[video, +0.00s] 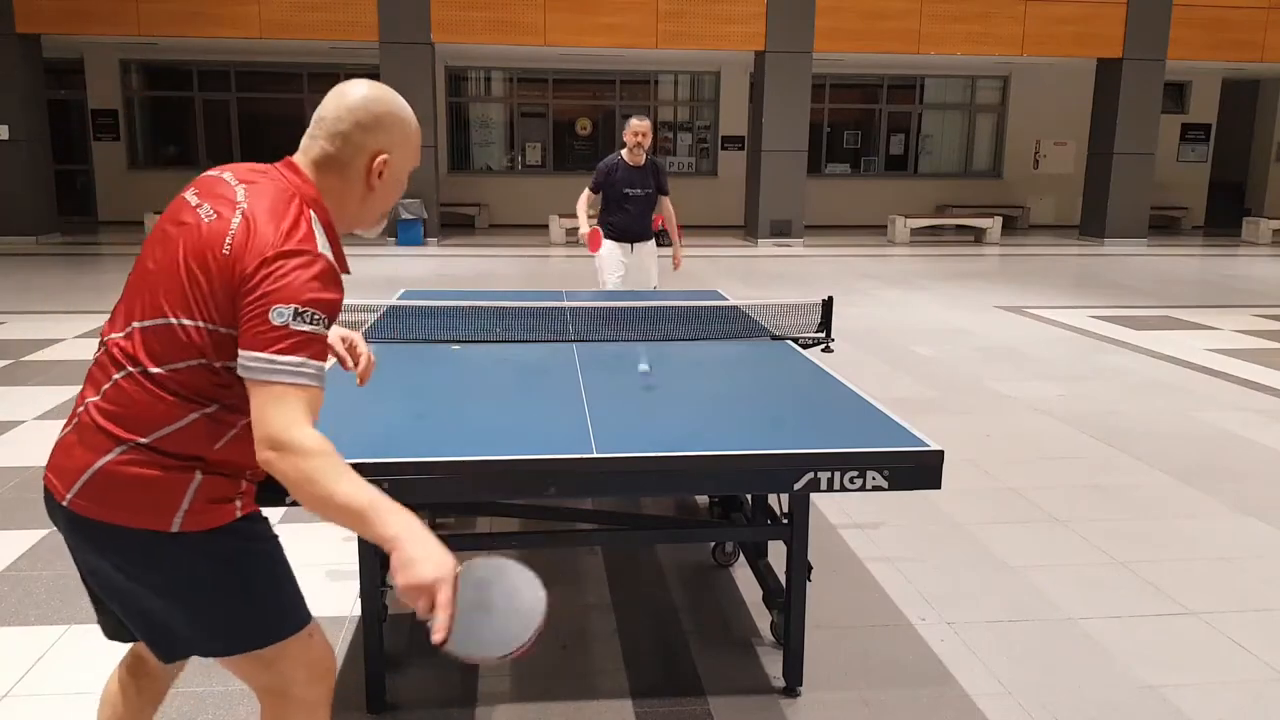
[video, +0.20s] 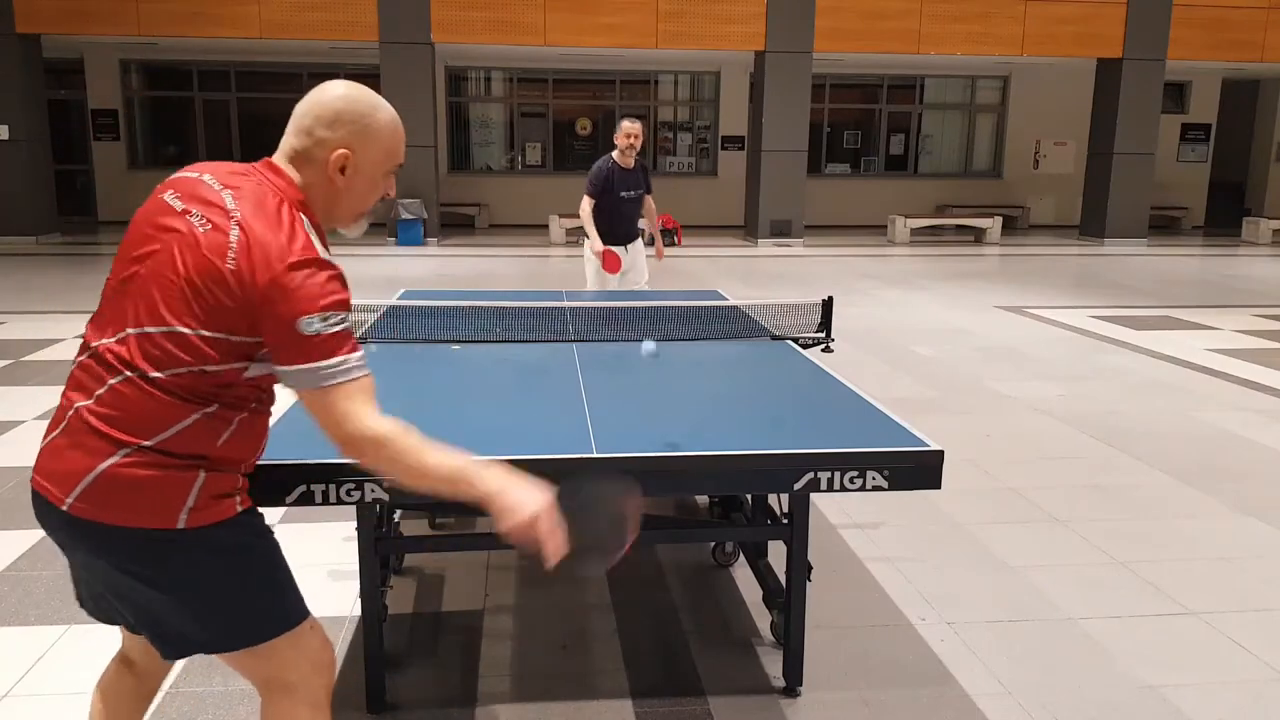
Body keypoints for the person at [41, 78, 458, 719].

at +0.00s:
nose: (402, 192)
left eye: (409, 177)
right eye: (407, 175)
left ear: (314, 142)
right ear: (377, 170)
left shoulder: (223, 182)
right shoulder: (297, 251)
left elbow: (210, 307)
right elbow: (283, 442)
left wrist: (313, 331)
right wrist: (404, 532)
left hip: (86, 474)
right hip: (171, 502)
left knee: (155, 654)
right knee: (302, 678)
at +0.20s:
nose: (385, 195)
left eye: (390, 179)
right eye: (383, 177)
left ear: (300, 154)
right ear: (338, 164)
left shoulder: (188, 183)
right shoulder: (291, 260)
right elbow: (363, 432)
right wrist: (497, 482)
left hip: (70, 477)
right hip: (165, 504)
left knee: (148, 648)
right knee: (301, 672)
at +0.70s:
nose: (283, 138)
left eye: (285, 123)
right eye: (283, 123)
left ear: (188, 112)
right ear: (264, 127)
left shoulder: (74, 182)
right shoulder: (282, 223)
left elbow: (12, 324)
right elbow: (334, 340)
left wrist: (101, 336)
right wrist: (327, 317)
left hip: (52, 495)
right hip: (185, 498)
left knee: (82, 659)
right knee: (308, 673)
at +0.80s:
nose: (262, 142)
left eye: (265, 127)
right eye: (262, 127)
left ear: (168, 117)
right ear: (242, 130)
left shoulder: (55, 187)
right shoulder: (252, 229)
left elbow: (6, 325)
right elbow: (305, 378)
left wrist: (87, 327)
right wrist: (302, 311)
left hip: (28, 494)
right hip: (155, 500)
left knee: (87, 656)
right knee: (291, 681)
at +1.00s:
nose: (264, 136)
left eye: (266, 120)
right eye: (264, 120)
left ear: (170, 111)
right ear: (241, 124)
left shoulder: (75, 173)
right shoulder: (217, 226)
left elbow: (9, 294)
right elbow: (225, 398)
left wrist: (107, 314)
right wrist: (287, 376)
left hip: (16, 473)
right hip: (119, 495)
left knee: (92, 637)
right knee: (254, 657)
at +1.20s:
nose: (311, 149)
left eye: (312, 132)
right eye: (311, 131)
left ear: (214, 118)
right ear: (288, 134)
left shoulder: (133, 172)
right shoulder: (237, 235)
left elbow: (150, 345)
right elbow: (256, 417)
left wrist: (288, 383)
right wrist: (329, 391)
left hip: (32, 462)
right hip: (121, 494)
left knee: (96, 633)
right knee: (252, 657)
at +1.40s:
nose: (363, 187)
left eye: (366, 170)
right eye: (364, 171)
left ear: (265, 154)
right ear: (337, 180)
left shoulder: (191, 195)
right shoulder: (260, 279)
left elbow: (217, 307)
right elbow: (298, 458)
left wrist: (319, 333)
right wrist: (389, 423)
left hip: (45, 470)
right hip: (123, 506)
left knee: (111, 631)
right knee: (269, 662)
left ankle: (52, 717)